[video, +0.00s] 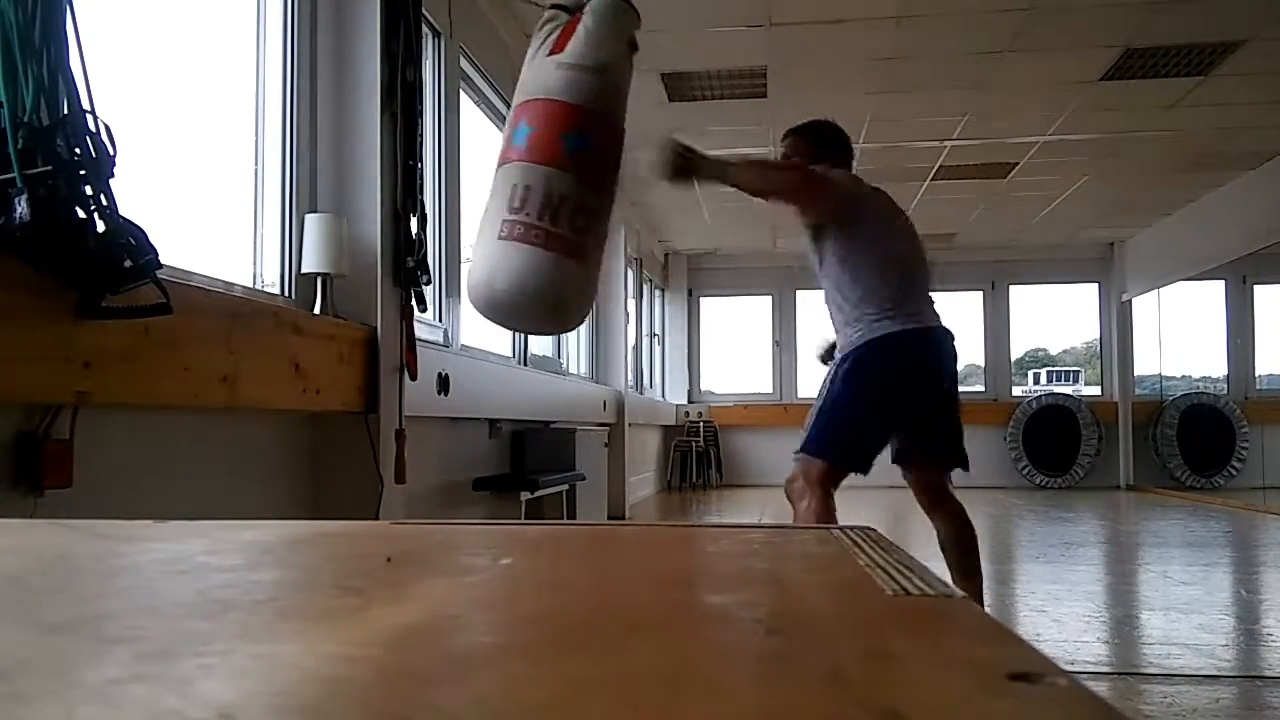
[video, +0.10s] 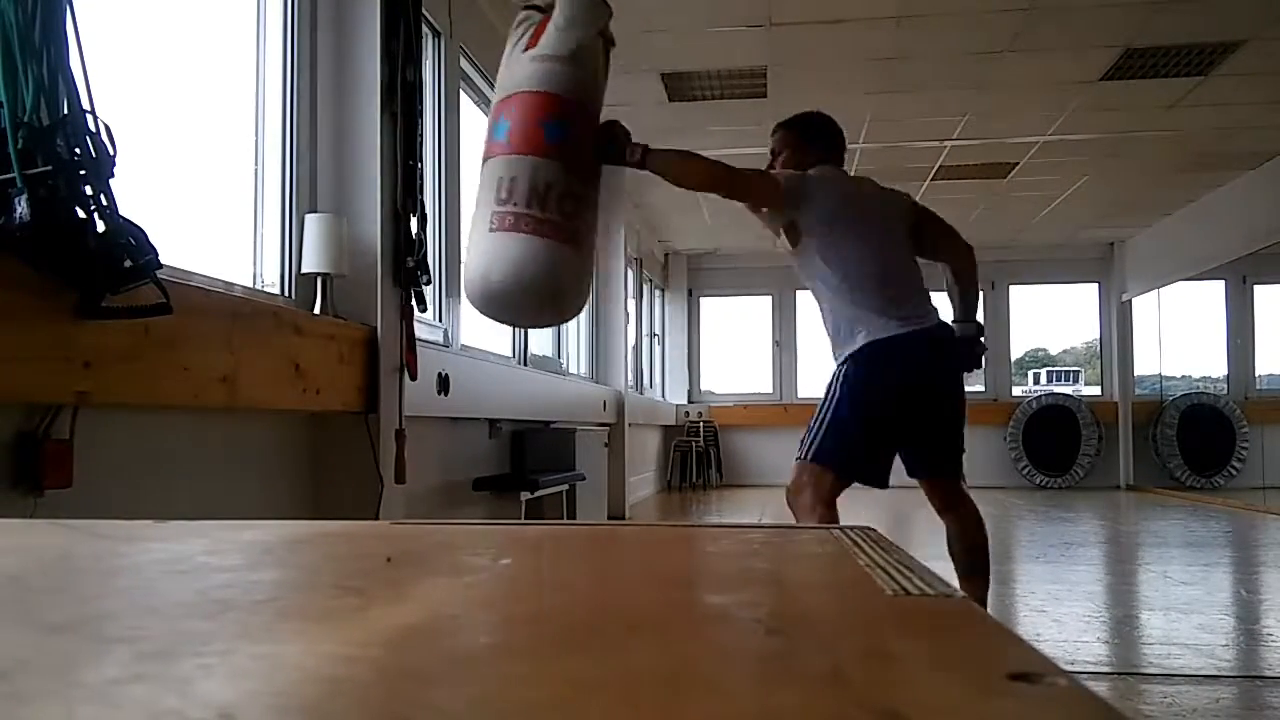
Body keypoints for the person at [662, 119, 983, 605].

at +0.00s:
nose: (783, 170)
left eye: (790, 160)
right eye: (782, 160)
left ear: (819, 162)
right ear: (845, 163)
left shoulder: (830, 189)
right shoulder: (882, 203)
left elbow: (790, 178)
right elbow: (898, 288)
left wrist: (705, 167)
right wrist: (845, 337)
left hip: (876, 354)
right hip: (930, 349)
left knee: (808, 483)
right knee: (933, 487)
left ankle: (824, 609)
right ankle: (975, 615)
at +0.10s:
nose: (770, 168)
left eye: (776, 156)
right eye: (770, 157)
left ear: (802, 153)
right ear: (833, 155)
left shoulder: (802, 189)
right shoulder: (888, 201)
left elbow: (722, 179)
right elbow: (960, 251)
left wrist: (635, 153)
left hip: (876, 359)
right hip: (938, 352)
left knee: (809, 493)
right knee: (950, 494)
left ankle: (842, 624)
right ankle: (977, 620)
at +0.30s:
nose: (805, 125)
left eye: (814, 111)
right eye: (807, 113)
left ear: (847, 115)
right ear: (849, 118)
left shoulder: (871, 173)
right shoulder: (848, 185)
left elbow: (934, 218)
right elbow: (806, 250)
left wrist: (913, 283)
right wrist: (739, 216)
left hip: (854, 360)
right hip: (889, 359)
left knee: (777, 496)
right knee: (928, 494)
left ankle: (806, 630)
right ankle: (968, 611)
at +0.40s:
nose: (844, 92)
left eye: (854, 78)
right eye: (847, 79)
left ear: (888, 83)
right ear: (885, 86)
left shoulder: (935, 148)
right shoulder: (855, 155)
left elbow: (1032, 191)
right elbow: (793, 173)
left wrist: (1006, 255)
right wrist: (729, 134)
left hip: (852, 338)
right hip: (810, 331)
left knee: (799, 494)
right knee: (830, 437)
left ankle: (812, 622)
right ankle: (908, 526)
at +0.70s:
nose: (936, 108)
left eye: (953, 98)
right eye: (943, 96)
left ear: (994, 114)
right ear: (982, 111)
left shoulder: (1015, 221)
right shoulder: (925, 157)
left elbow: (934, 289)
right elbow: (858, 213)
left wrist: (889, 211)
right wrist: (793, 232)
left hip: (879, 351)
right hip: (830, 281)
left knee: (869, 500)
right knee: (678, 276)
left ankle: (868, 631)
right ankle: (573, 311)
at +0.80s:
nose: (954, 90)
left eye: (970, 80)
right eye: (960, 76)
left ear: (1013, 96)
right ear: (1000, 93)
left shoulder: (1035, 213)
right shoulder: (939, 146)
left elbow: (971, 306)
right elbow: (867, 184)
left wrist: (913, 237)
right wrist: (790, 190)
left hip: (906, 354)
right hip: (850, 293)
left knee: (891, 498)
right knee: (712, 328)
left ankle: (876, 632)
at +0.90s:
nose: (960, 77)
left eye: (973, 65)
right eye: (965, 64)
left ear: (1018, 76)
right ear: (1009, 76)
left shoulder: (1049, 187)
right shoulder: (948, 138)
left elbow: (1036, 299)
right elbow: (877, 186)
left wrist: (964, 262)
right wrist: (843, 168)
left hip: (934, 350)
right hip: (875, 303)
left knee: (901, 494)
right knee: (770, 394)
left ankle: (891, 615)